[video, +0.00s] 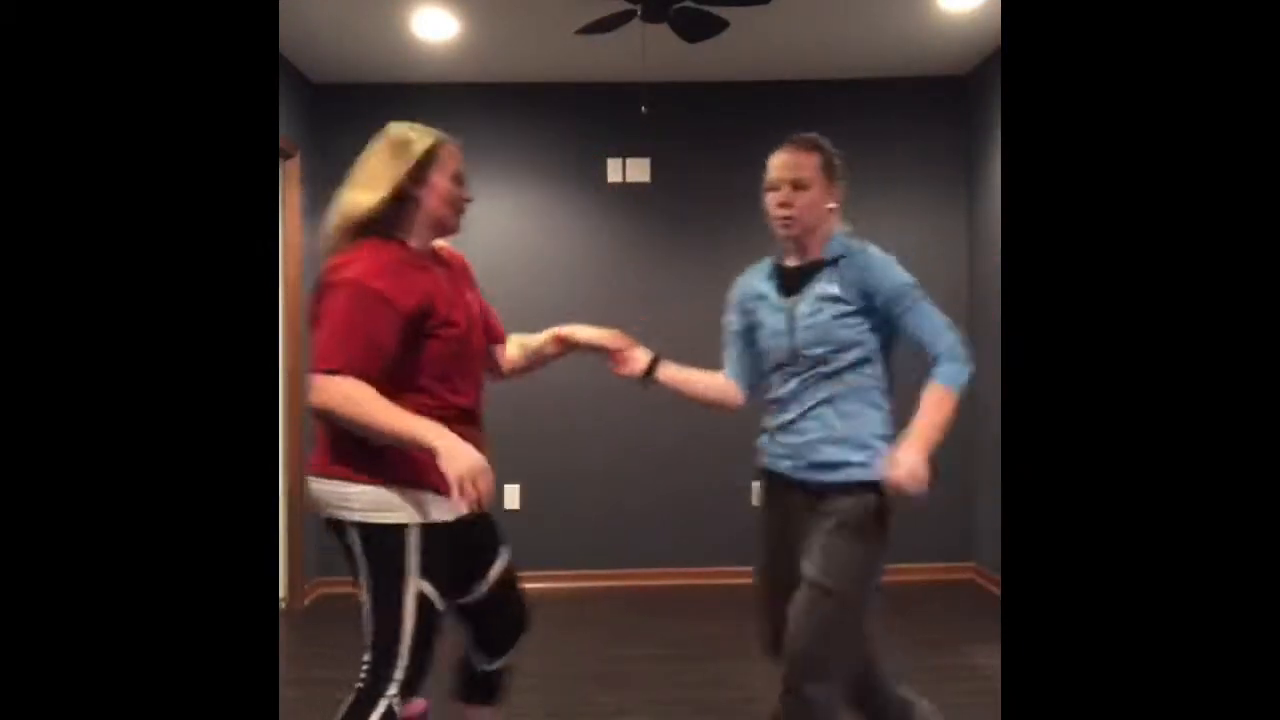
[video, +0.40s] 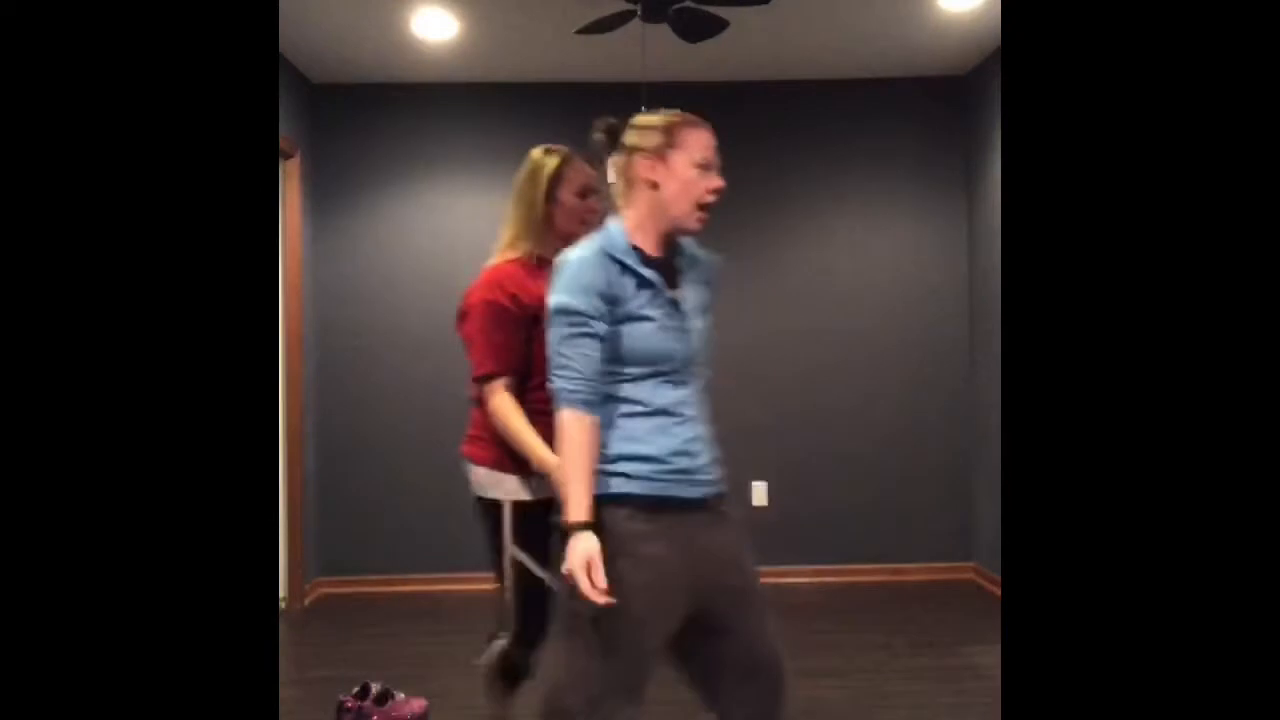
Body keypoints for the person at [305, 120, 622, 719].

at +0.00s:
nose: (465, 197)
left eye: (464, 183)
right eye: (454, 181)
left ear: (417, 188)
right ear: (409, 185)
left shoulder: (448, 265)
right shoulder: (367, 272)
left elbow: (500, 357)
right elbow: (329, 387)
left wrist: (557, 339)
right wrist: (440, 439)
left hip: (446, 491)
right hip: (382, 497)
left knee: (501, 623)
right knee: (396, 670)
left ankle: (473, 711)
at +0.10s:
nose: (503, 205)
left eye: (502, 192)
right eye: (491, 191)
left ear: (457, 199)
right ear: (449, 196)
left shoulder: (483, 274)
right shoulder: (413, 278)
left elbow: (487, 384)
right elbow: (381, 394)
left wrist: (529, 365)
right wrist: (476, 467)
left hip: (478, 494)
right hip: (416, 497)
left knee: (538, 618)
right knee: (418, 659)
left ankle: (542, 708)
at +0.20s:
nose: (540, 202)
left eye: (538, 190)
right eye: (528, 190)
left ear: (508, 200)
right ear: (490, 198)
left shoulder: (532, 277)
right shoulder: (448, 284)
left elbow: (573, 371)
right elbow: (435, 398)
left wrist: (566, 341)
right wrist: (509, 478)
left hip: (524, 481)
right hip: (454, 486)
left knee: (569, 610)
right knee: (439, 635)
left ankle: (558, 713)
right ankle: (368, 712)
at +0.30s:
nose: (573, 202)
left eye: (573, 190)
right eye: (559, 191)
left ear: (564, 197)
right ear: (520, 199)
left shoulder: (577, 272)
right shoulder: (480, 284)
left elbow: (606, 368)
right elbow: (472, 396)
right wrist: (533, 474)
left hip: (567, 475)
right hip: (487, 477)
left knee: (590, 608)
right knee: (481, 624)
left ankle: (565, 709)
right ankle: (419, 712)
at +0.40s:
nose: (596, 206)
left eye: (598, 194)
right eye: (582, 195)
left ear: (599, 196)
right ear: (543, 203)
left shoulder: (577, 278)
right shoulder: (501, 287)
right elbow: (495, 393)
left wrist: (594, 452)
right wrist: (555, 467)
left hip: (569, 470)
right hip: (512, 476)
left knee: (578, 615)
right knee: (528, 623)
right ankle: (501, 695)